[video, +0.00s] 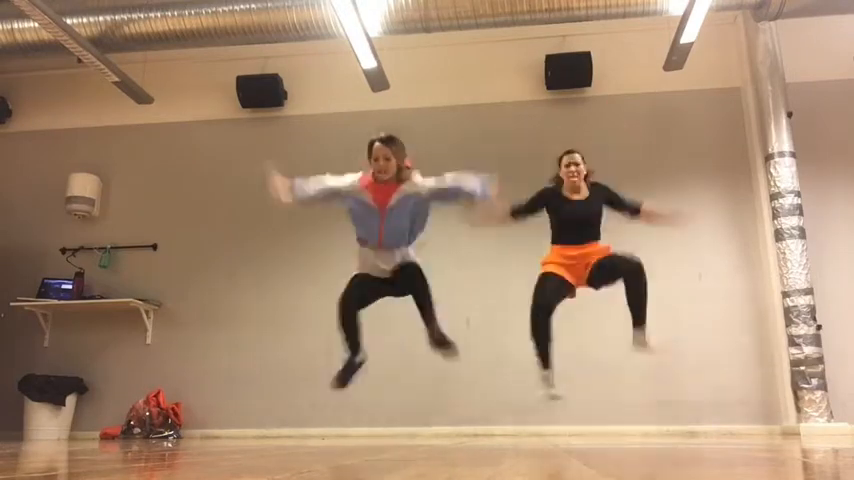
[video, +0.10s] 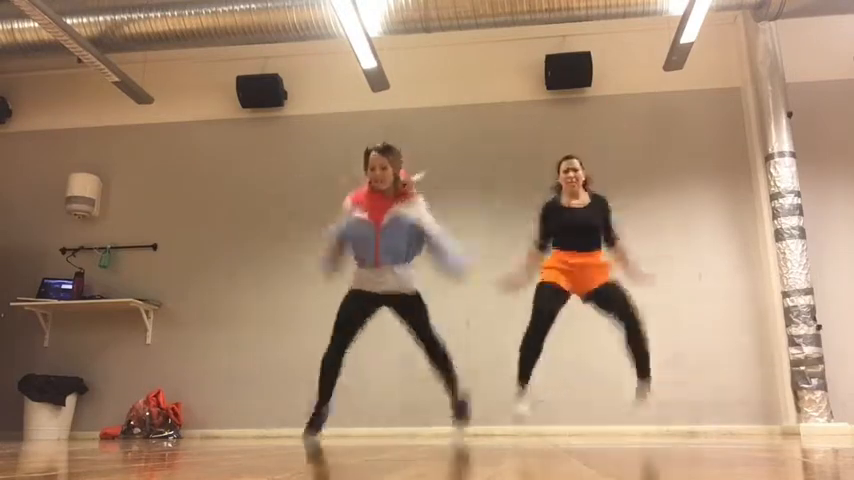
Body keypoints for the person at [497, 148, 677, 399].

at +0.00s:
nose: (573, 168)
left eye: (577, 164)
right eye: (568, 165)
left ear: (585, 168)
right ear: (560, 171)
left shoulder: (598, 191)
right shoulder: (550, 195)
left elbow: (630, 209)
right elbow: (521, 211)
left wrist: (667, 217)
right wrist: (499, 211)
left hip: (594, 262)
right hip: (561, 266)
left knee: (633, 266)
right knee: (540, 306)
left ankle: (639, 335)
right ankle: (546, 372)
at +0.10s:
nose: (572, 174)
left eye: (575, 170)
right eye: (566, 171)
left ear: (584, 175)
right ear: (559, 178)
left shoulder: (599, 204)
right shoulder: (551, 208)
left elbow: (612, 241)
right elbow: (539, 247)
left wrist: (631, 270)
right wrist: (524, 276)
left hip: (593, 273)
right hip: (558, 272)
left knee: (631, 317)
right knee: (539, 323)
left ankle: (644, 383)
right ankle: (522, 388)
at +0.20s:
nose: (574, 198)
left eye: (577, 193)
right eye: (568, 195)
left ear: (585, 197)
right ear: (561, 200)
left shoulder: (600, 228)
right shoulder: (553, 231)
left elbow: (613, 268)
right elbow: (543, 271)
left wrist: (636, 296)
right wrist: (516, 299)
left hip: (594, 295)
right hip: (559, 295)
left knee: (612, 356)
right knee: (549, 355)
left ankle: (630, 420)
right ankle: (515, 414)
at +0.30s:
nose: (574, 193)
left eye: (578, 188)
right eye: (569, 189)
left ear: (586, 190)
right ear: (561, 192)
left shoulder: (598, 215)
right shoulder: (550, 215)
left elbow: (624, 243)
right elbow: (520, 242)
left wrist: (660, 243)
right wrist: (482, 243)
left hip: (591, 285)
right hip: (556, 285)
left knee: (613, 348)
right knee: (538, 345)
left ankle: (632, 415)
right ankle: (515, 410)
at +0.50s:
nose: (569, 195)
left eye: (574, 190)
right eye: (564, 190)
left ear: (582, 193)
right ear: (556, 193)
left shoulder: (590, 208)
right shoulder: (545, 206)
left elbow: (625, 206)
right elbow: (523, 207)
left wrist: (621, 184)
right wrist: (534, 189)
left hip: (579, 279)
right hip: (548, 277)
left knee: (602, 310)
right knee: (539, 301)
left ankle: (600, 372)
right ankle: (537, 357)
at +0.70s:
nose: (564, 209)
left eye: (568, 205)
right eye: (559, 205)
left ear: (576, 212)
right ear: (551, 213)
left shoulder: (588, 241)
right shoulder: (543, 241)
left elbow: (595, 279)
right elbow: (544, 278)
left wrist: (595, 275)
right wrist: (564, 286)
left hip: (578, 308)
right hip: (547, 309)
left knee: (591, 361)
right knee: (542, 367)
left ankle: (592, 420)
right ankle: (531, 419)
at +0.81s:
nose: (556, 220)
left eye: (561, 215)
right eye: (551, 217)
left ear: (570, 221)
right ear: (545, 225)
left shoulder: (586, 248)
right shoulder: (538, 247)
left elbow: (610, 279)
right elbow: (545, 254)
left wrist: (633, 302)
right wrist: (553, 212)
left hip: (579, 314)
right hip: (546, 314)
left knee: (592, 362)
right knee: (517, 356)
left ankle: (592, 421)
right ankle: (523, 406)